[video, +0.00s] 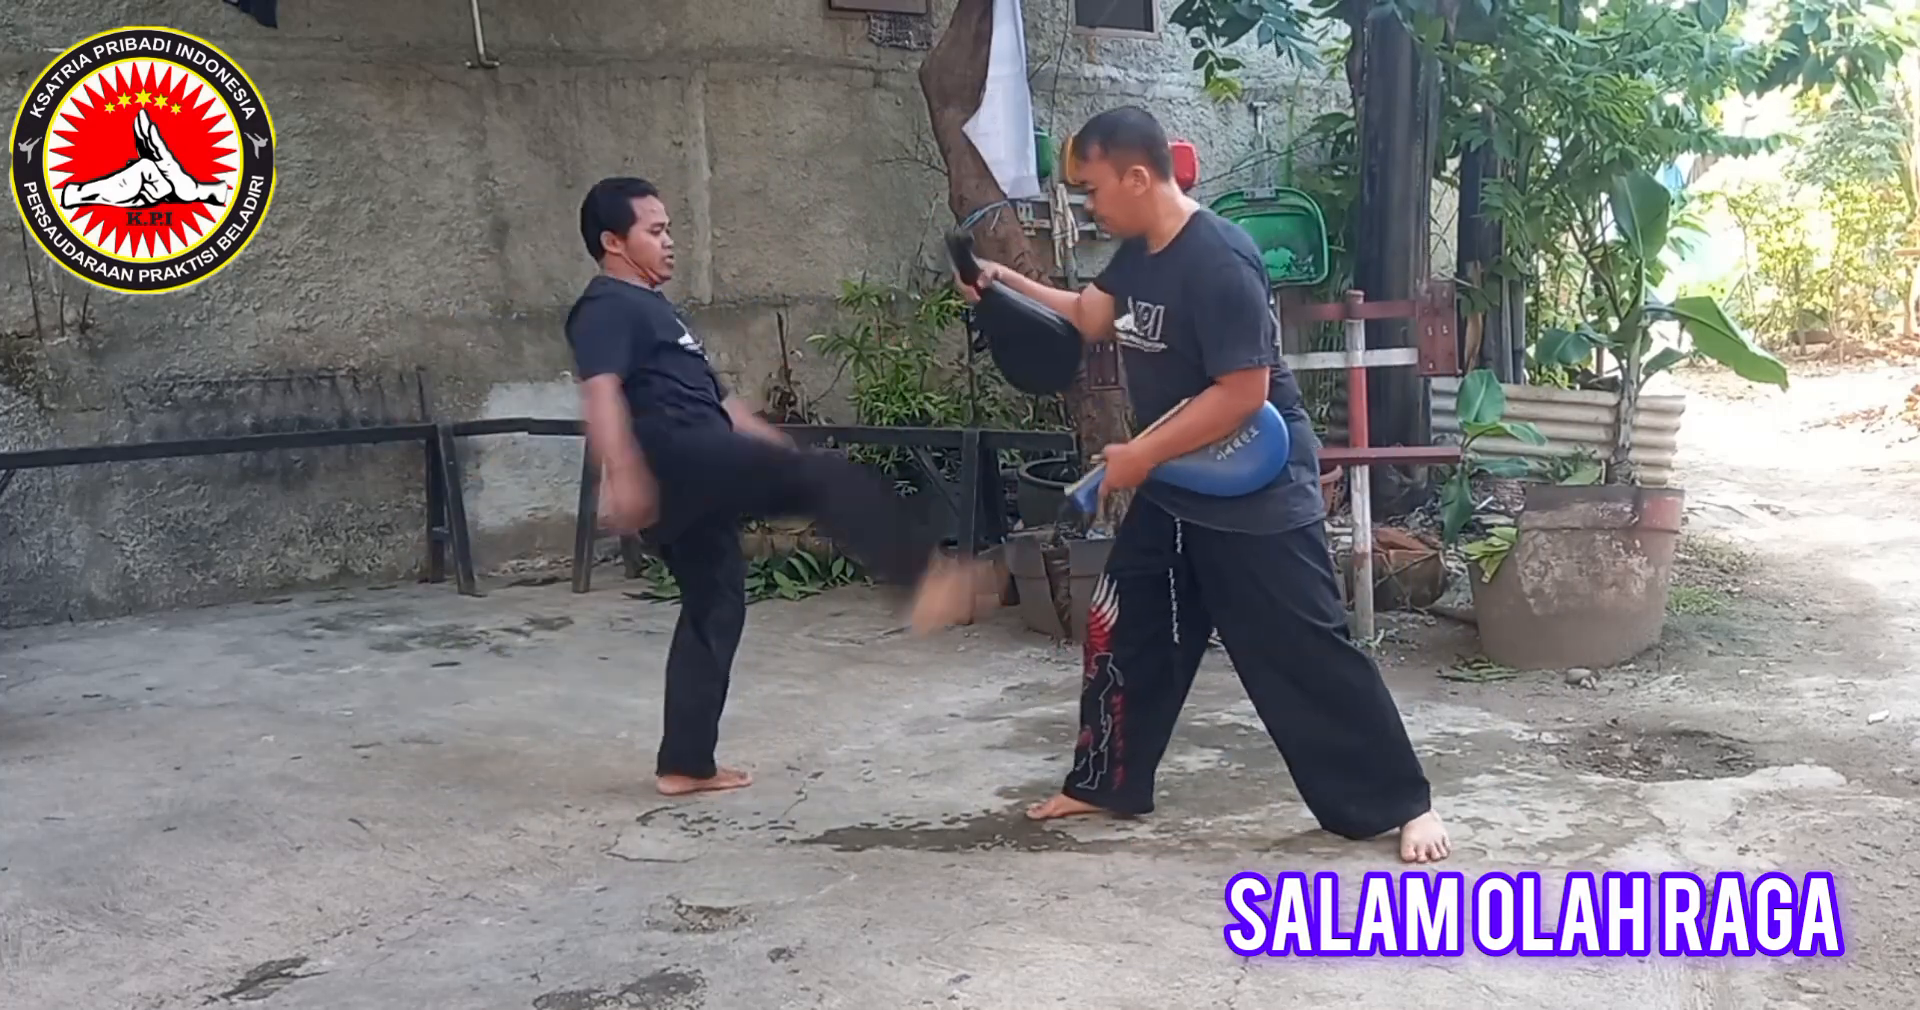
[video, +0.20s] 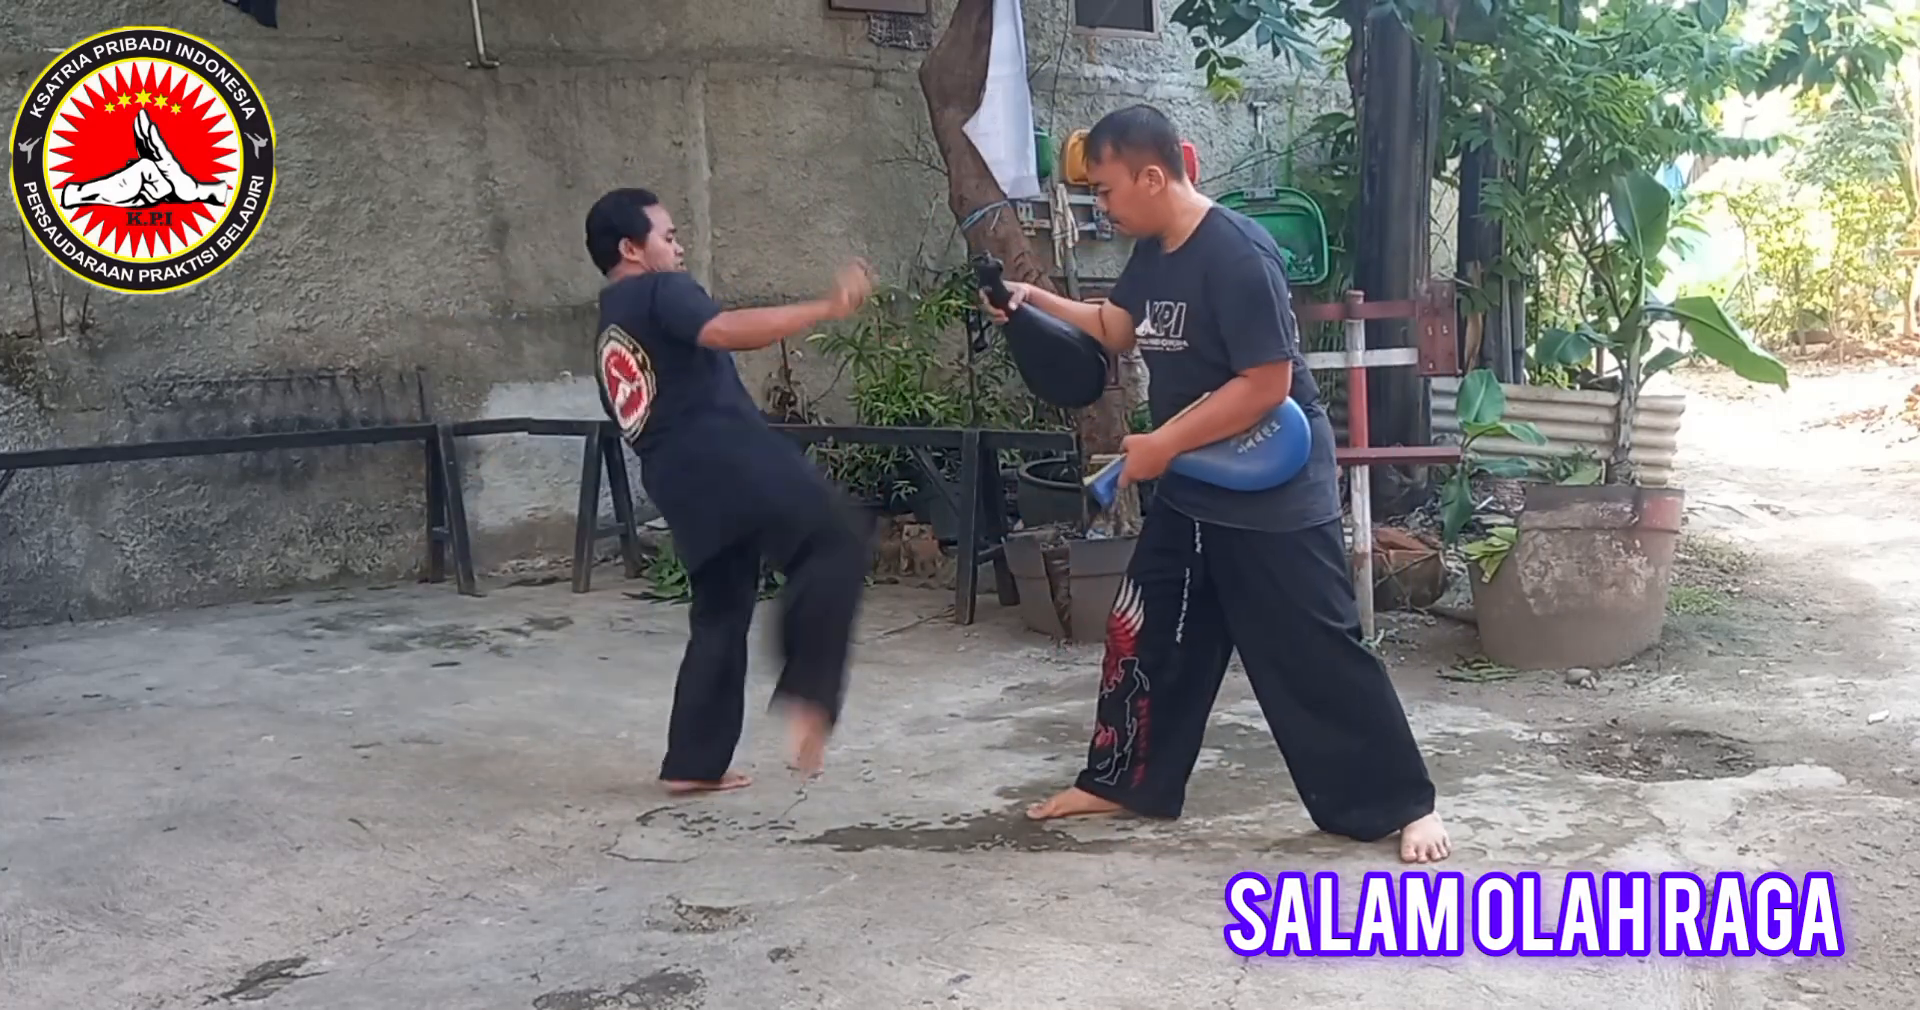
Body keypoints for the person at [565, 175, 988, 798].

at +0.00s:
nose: (669, 242)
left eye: (668, 230)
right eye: (656, 232)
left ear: (627, 241)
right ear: (614, 241)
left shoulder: (650, 302)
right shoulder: (607, 303)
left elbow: (703, 391)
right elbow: (600, 392)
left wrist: (762, 435)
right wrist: (621, 471)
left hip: (685, 468)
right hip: (679, 462)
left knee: (714, 608)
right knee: (824, 476)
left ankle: (686, 765)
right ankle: (923, 578)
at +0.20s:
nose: (679, 245)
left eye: (674, 233)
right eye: (667, 236)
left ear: (623, 252)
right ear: (630, 249)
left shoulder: (613, 311)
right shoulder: (660, 289)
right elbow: (719, 330)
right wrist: (830, 307)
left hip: (680, 478)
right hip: (726, 456)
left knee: (720, 610)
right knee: (835, 539)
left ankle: (693, 763)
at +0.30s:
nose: (700, 241)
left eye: (698, 229)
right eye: (690, 231)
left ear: (640, 241)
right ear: (651, 238)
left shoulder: (623, 295)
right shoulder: (670, 278)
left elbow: (669, 370)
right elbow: (706, 339)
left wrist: (742, 366)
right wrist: (754, 390)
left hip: (686, 474)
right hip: (725, 434)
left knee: (730, 600)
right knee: (880, 398)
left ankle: (720, 759)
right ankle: (923, 488)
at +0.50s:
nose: (747, 246)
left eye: (746, 233)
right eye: (737, 234)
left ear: (691, 241)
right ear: (697, 238)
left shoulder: (670, 295)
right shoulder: (701, 294)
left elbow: (691, 399)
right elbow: (701, 394)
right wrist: (729, 483)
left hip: (693, 466)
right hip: (737, 451)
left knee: (738, 617)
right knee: (897, 469)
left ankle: (726, 774)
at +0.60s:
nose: (745, 244)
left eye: (742, 231)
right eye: (735, 233)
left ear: (687, 246)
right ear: (697, 243)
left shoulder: (667, 304)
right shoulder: (723, 293)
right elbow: (744, 382)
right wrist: (801, 468)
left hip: (705, 485)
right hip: (757, 476)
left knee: (740, 624)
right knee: (880, 584)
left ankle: (721, 777)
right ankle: (874, 748)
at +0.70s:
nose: (757, 248)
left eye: (750, 235)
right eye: (745, 236)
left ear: (710, 255)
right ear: (712, 252)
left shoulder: (738, 321)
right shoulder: (720, 318)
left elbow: (824, 415)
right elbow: (753, 413)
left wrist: (860, 349)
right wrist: (858, 419)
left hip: (758, 518)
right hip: (777, 519)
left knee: (768, 639)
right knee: (861, 643)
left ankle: (721, 772)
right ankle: (818, 808)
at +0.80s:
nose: (765, 233)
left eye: (758, 221)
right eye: (750, 222)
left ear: (720, 245)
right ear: (711, 243)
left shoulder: (785, 325)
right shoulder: (699, 325)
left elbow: (865, 386)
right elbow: (706, 434)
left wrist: (896, 334)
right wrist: (813, 415)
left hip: (824, 519)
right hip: (778, 525)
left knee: (822, 632)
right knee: (858, 649)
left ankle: (742, 738)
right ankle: (834, 813)